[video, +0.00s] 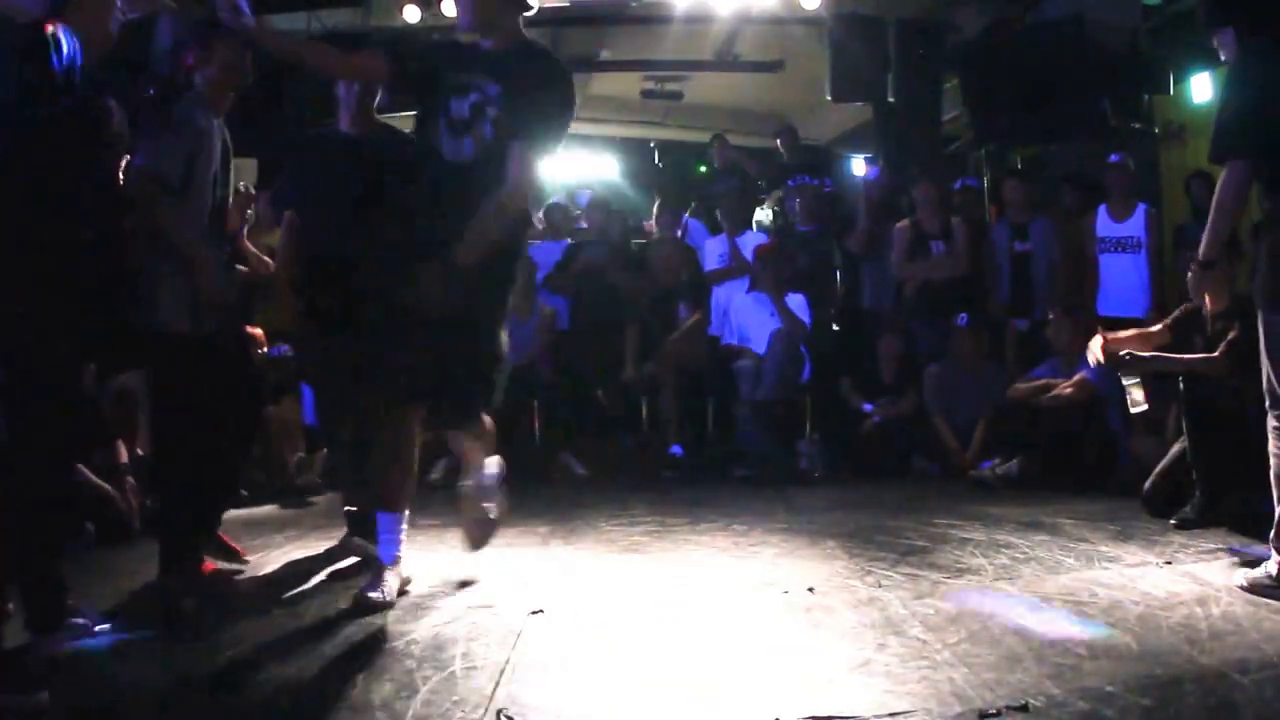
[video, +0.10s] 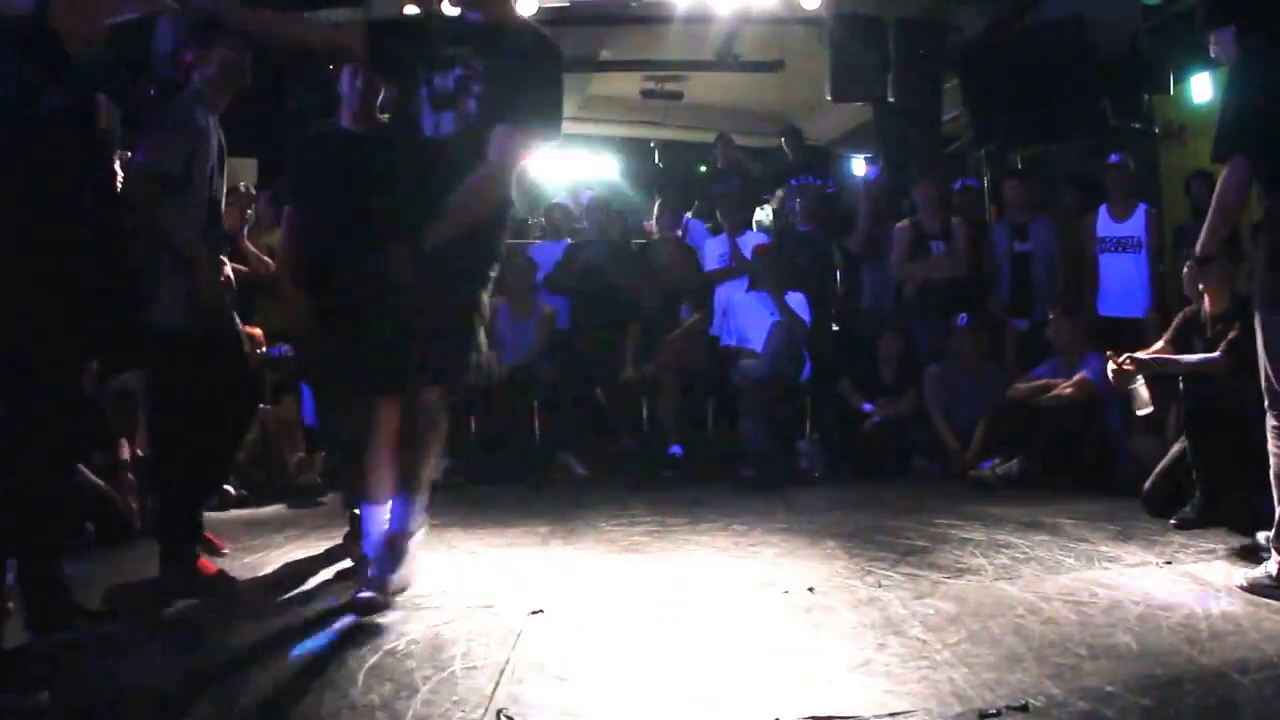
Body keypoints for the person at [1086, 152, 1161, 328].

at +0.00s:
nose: (1116, 182)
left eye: (1121, 176)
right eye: (1112, 176)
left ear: (1131, 179)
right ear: (1106, 180)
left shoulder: (1147, 216)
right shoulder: (1096, 217)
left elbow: (1154, 259)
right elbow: (1091, 261)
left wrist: (1155, 302)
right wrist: (1090, 302)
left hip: (1139, 306)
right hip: (1106, 307)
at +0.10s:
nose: (1116, 180)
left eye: (1121, 174)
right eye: (1112, 175)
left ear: (1131, 178)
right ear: (1106, 179)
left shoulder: (1147, 216)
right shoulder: (1095, 218)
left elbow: (1154, 261)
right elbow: (1091, 263)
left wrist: (1155, 303)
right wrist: (1091, 302)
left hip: (1139, 308)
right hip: (1106, 308)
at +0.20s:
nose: (1115, 179)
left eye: (1120, 173)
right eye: (1111, 174)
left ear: (1130, 177)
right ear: (1107, 178)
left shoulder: (1148, 215)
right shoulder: (1097, 217)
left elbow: (1155, 259)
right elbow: (1091, 260)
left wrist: (1156, 297)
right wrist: (1090, 300)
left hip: (1140, 306)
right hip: (1107, 306)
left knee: (1141, 364)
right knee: (1108, 363)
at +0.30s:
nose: (1116, 181)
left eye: (1121, 174)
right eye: (1112, 175)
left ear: (1131, 177)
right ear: (1107, 178)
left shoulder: (1149, 216)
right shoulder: (1097, 218)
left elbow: (1155, 259)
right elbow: (1090, 262)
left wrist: (1157, 299)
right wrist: (1091, 302)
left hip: (1141, 310)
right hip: (1107, 310)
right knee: (1110, 368)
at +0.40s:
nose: (1118, 183)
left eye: (1123, 177)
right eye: (1114, 177)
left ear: (1132, 179)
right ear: (1107, 180)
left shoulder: (1148, 215)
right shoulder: (1097, 218)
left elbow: (1155, 260)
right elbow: (1091, 263)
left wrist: (1156, 300)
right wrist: (1091, 304)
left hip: (1141, 311)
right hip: (1108, 310)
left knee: (1142, 370)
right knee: (1111, 369)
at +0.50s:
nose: (1117, 184)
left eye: (1122, 178)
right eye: (1113, 178)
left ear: (1132, 180)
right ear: (1107, 181)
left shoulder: (1150, 216)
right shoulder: (1098, 218)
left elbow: (1157, 260)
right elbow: (1092, 263)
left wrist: (1157, 303)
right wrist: (1091, 304)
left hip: (1141, 311)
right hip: (1108, 311)